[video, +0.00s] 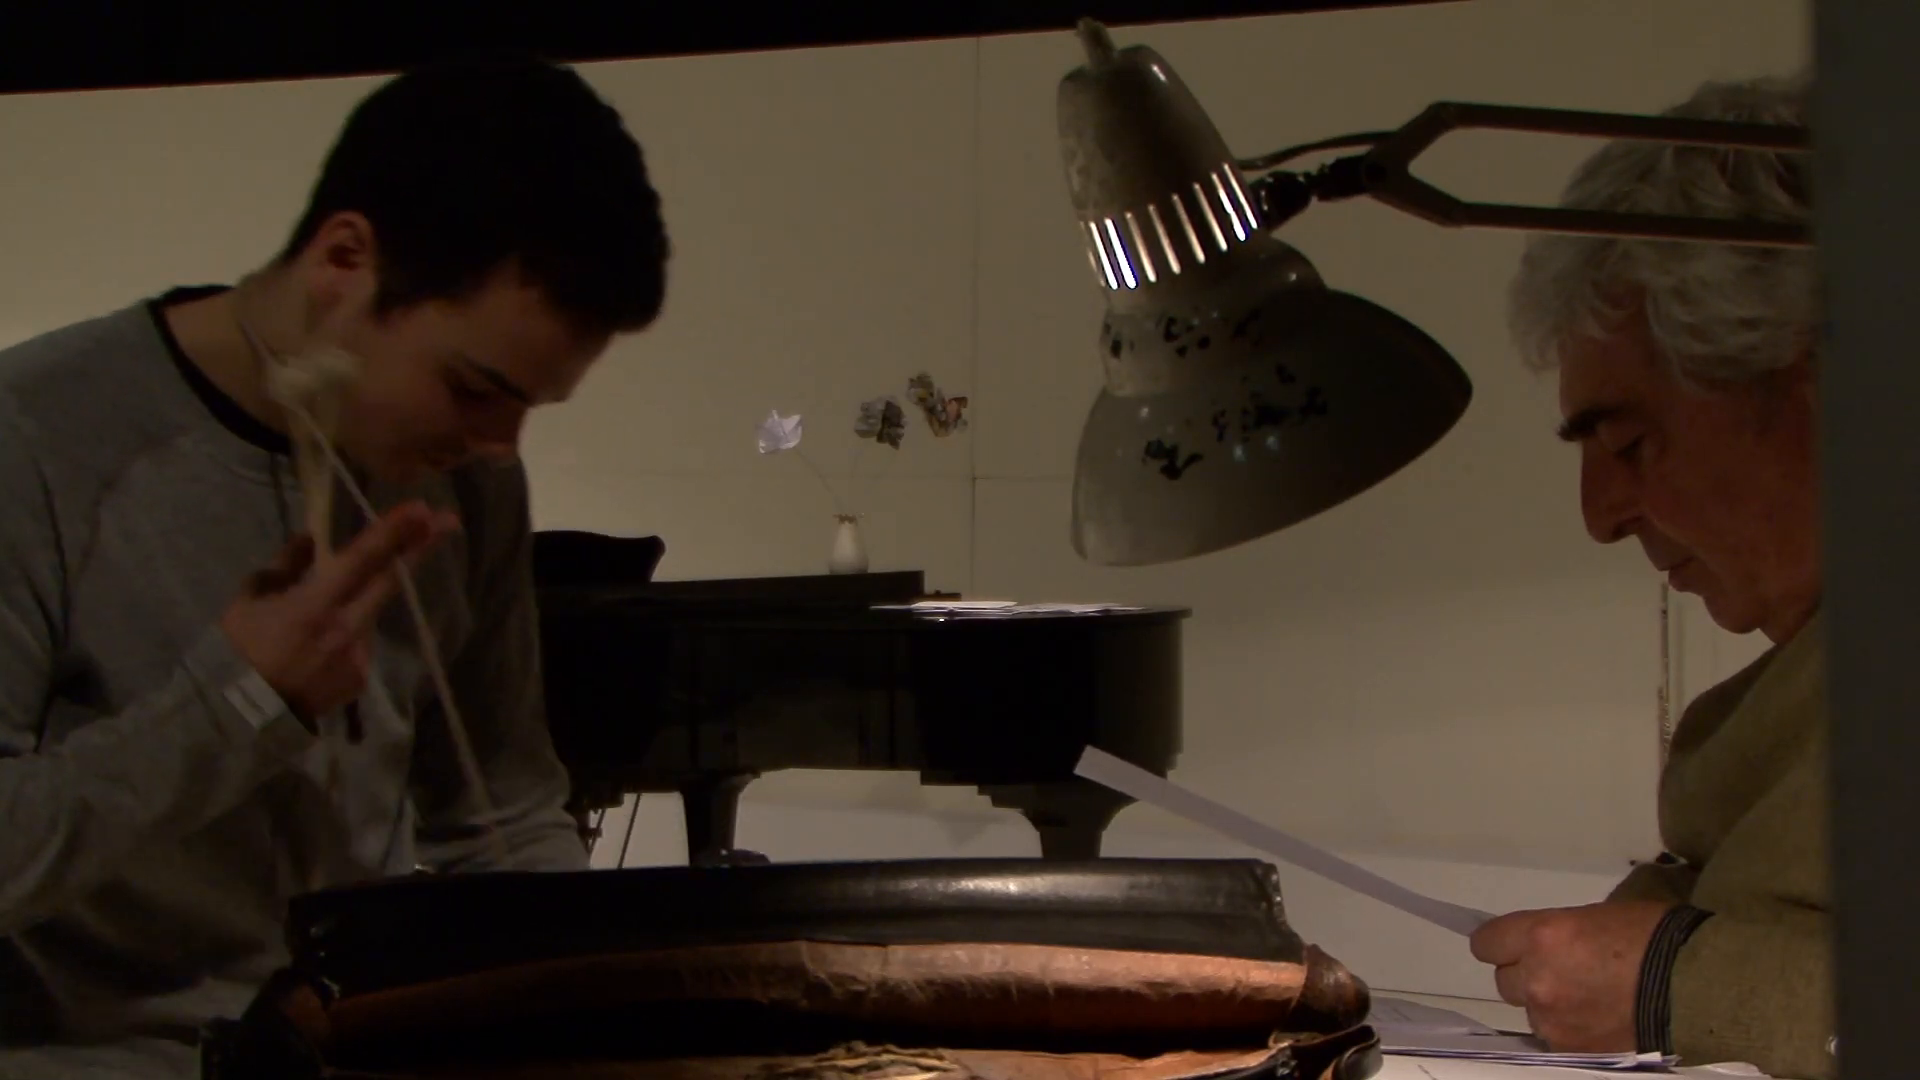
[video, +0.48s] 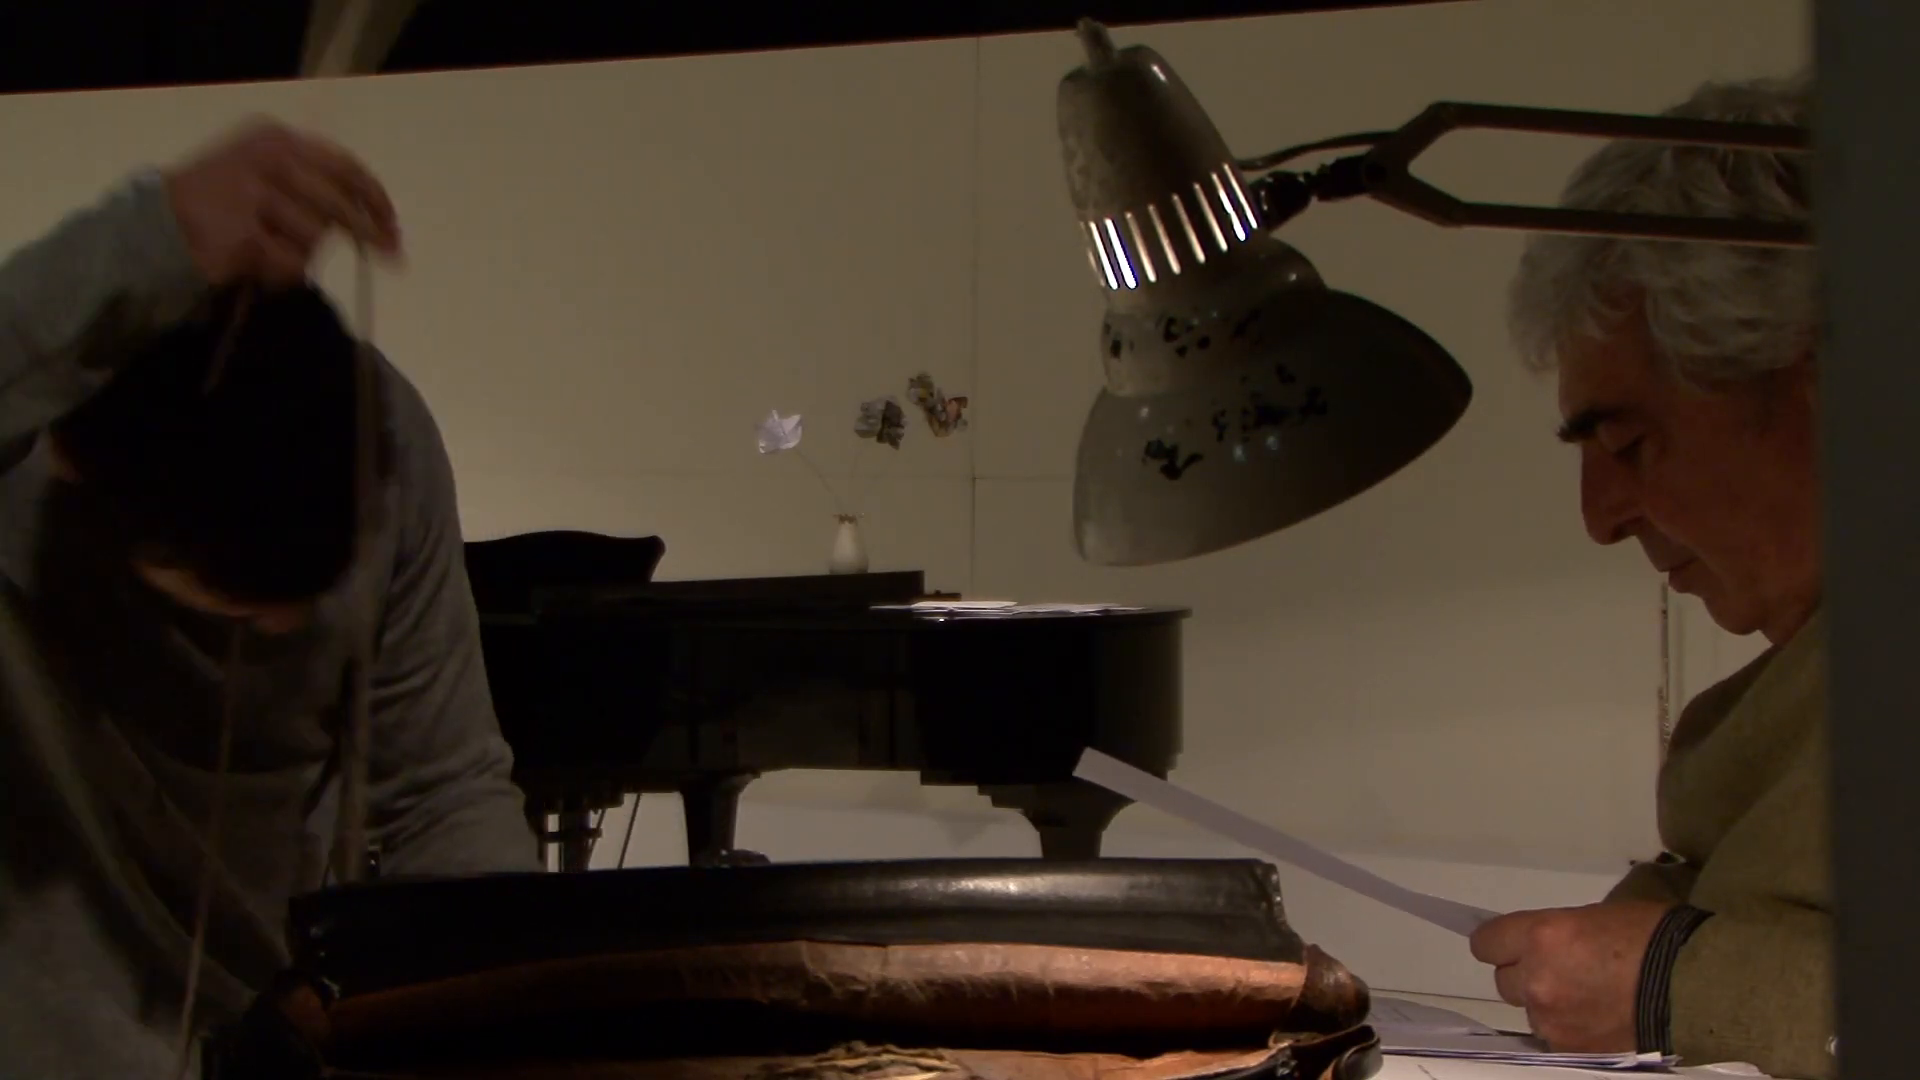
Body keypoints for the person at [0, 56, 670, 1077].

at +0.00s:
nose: (500, 448)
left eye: (526, 406)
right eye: (476, 389)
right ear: (342, 263)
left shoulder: (463, 474)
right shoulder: (29, 438)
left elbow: (502, 811)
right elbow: (12, 858)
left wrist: (580, 990)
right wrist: (232, 699)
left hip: (384, 1018)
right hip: (98, 1039)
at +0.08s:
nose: (460, 450)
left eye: (491, 410)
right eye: (435, 395)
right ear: (301, 262)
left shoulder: (437, 458)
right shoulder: (25, 432)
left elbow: (485, 806)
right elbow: (11, 849)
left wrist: (549, 995)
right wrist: (214, 647)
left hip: (369, 1019)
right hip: (91, 1044)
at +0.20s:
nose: (399, 513)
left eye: (432, 474)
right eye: (368, 462)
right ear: (244, 316)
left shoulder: (409, 456)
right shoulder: (20, 408)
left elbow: (466, 790)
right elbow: (9, 801)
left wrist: (558, 977)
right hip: (101, 1044)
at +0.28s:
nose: (371, 553)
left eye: (398, 520)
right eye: (328, 512)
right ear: (233, 393)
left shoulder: (394, 465)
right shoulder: (29, 383)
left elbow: (463, 766)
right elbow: (12, 707)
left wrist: (547, 957)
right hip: (93, 1036)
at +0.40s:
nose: (318, 600)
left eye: (351, 580)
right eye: (274, 576)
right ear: (137, 460)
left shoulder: (383, 522)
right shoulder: (39, 526)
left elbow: (456, 776)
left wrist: (521, 979)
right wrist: (113, 244)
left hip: (307, 1025)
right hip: (70, 1041)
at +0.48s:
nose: (272, 616)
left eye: (298, 590)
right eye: (217, 594)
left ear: (345, 462)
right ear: (82, 473)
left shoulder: (379, 442)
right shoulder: (26, 507)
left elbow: (448, 787)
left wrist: (494, 998)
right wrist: (147, 238)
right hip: (71, 1032)